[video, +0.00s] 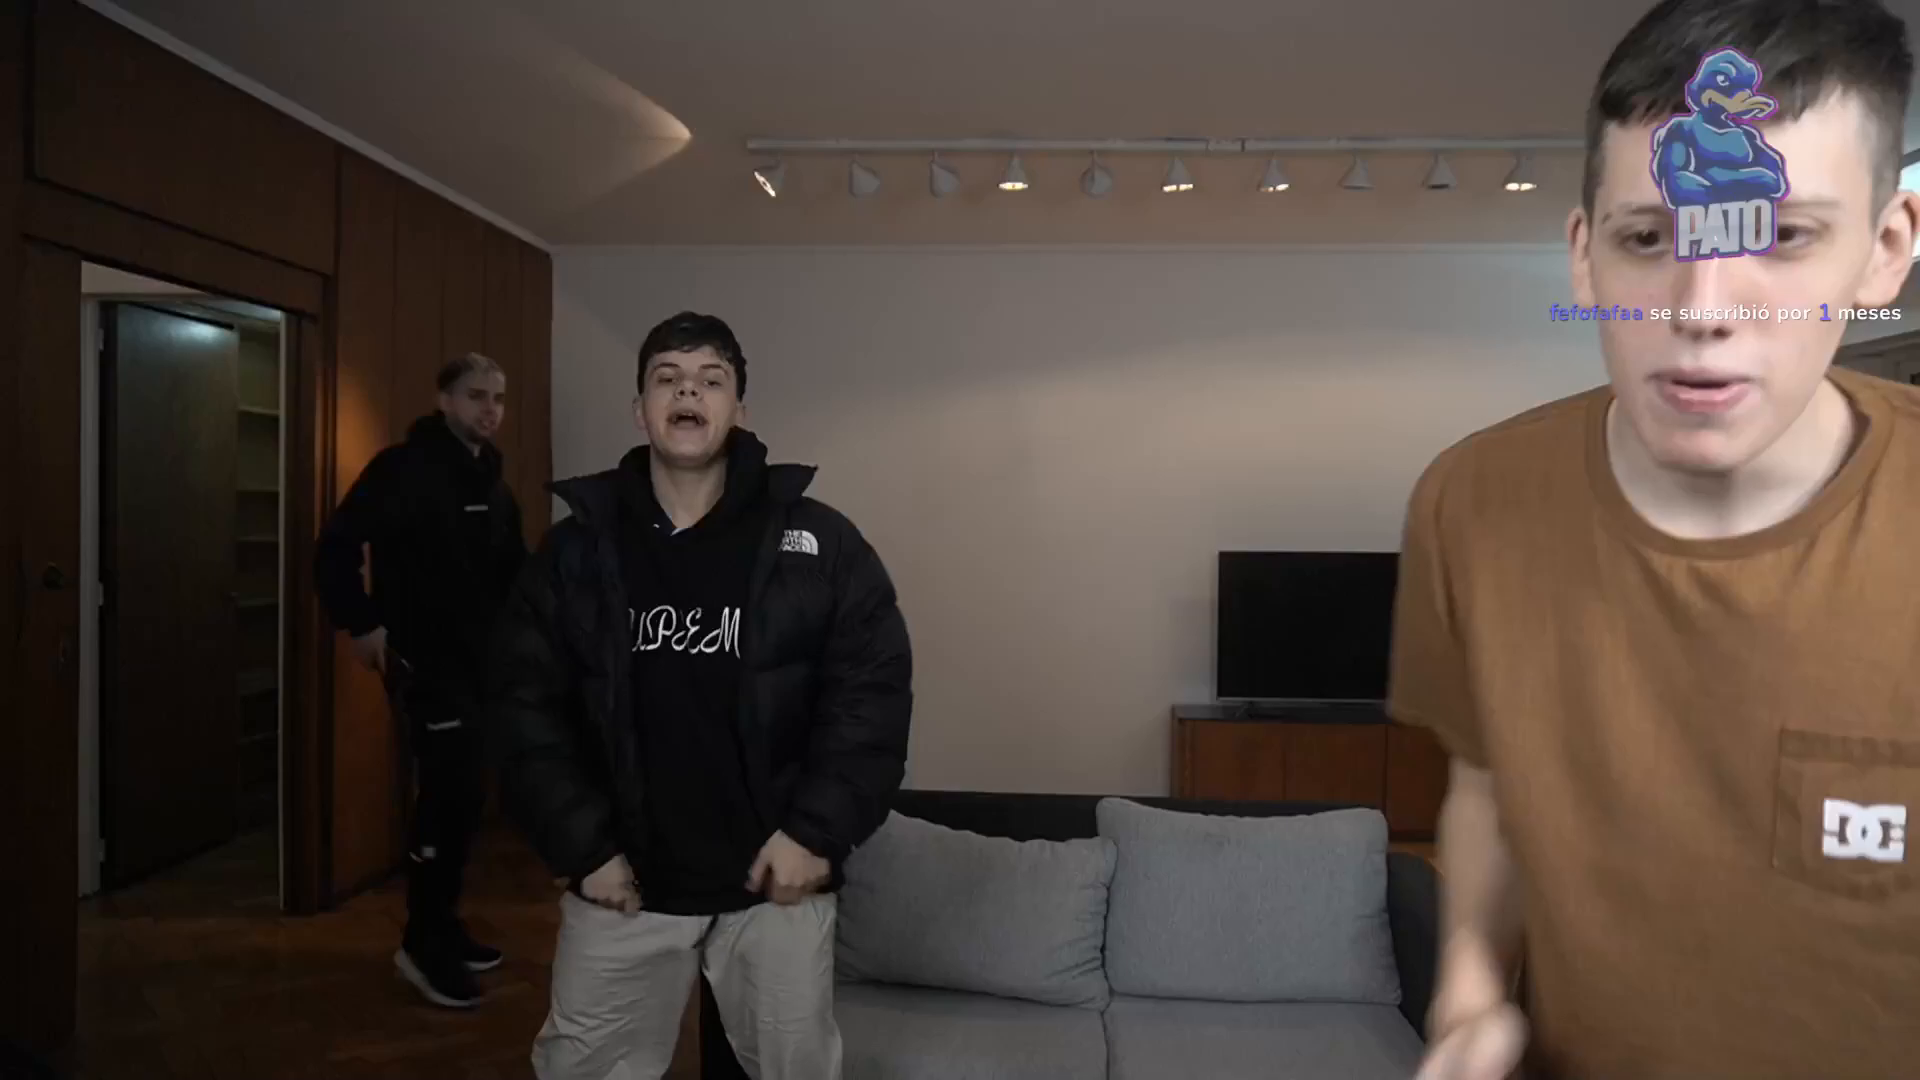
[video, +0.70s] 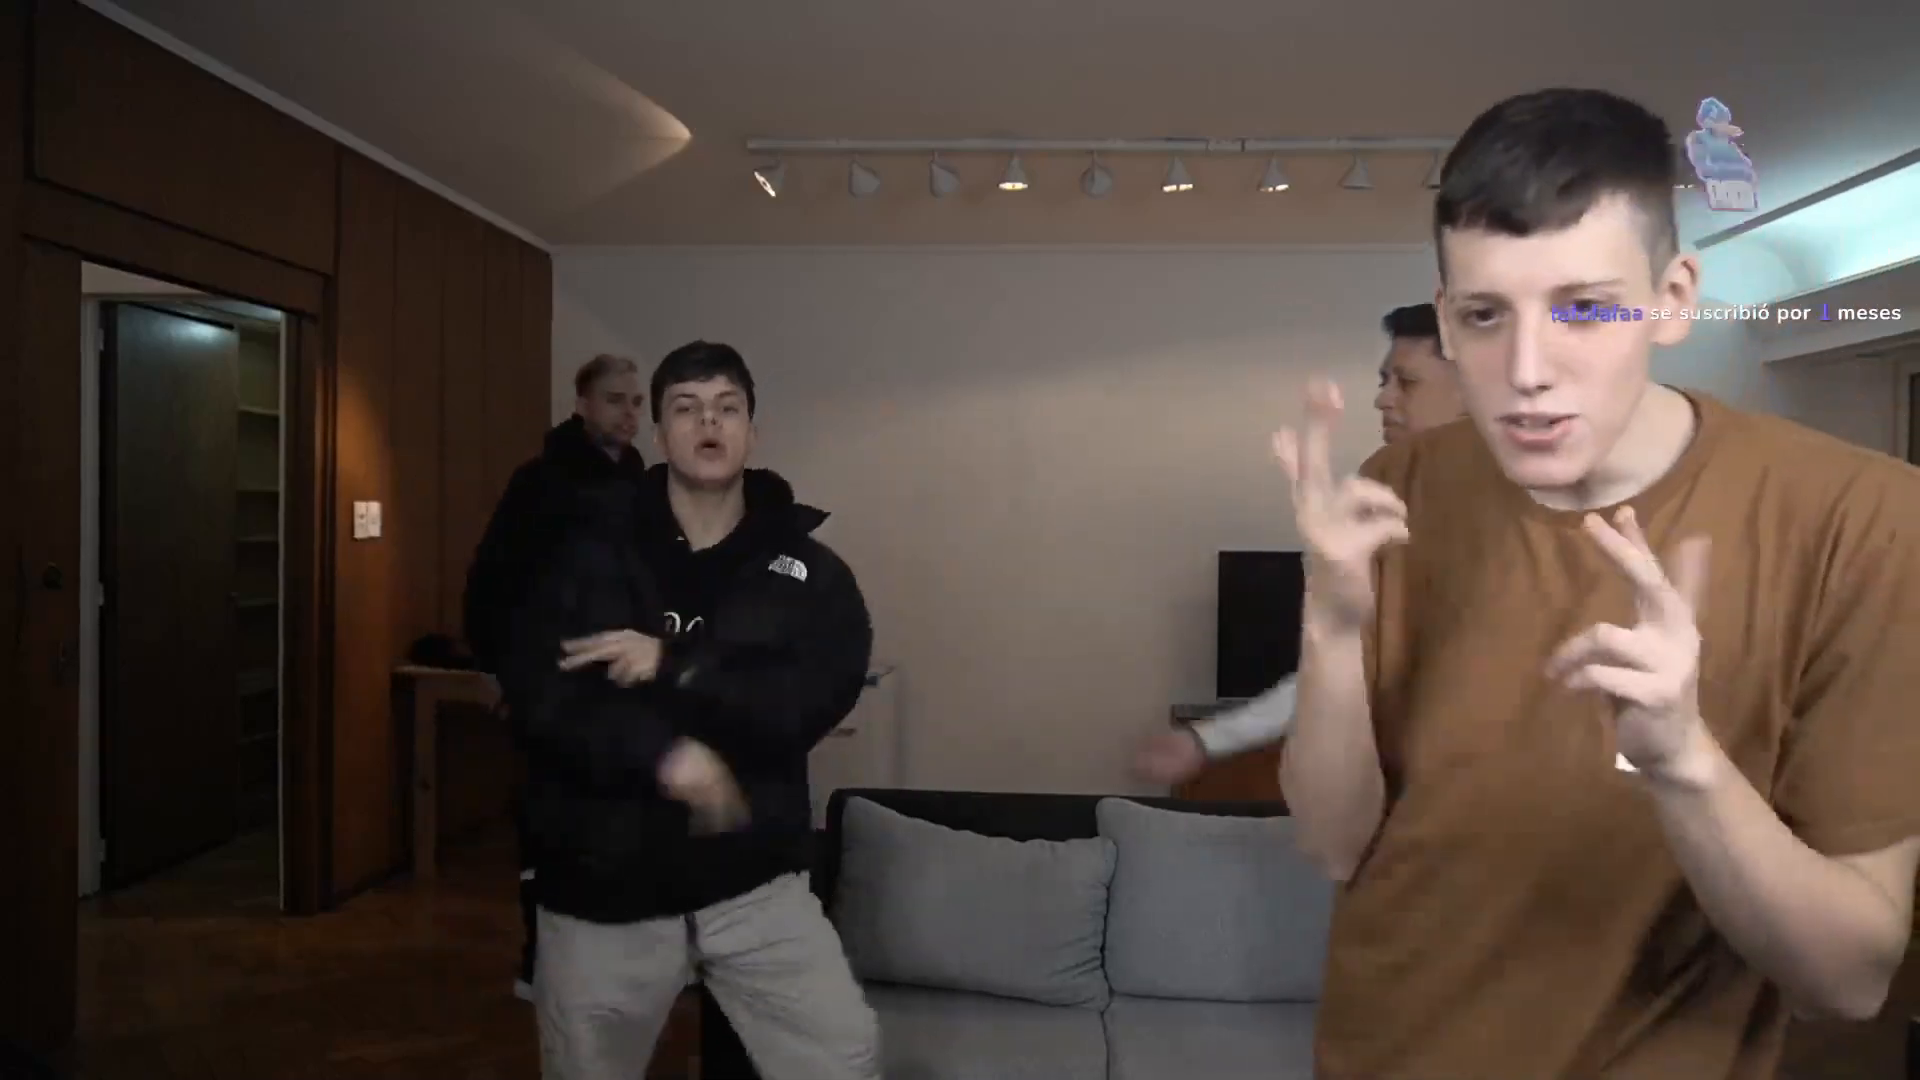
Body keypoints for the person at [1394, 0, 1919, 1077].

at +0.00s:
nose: (1702, 308)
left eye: (1780, 235)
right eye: (1647, 237)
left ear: (1886, 252)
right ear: (1582, 255)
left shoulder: (1908, 509)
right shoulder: (1476, 508)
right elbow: (1482, 778)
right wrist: (1472, 985)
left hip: (1877, 1053)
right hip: (1585, 1059)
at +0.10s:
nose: (1717, 277)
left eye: (1793, 210)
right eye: (1668, 211)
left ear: (1894, 234)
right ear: (1601, 233)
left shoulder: (1906, 491)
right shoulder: (1493, 485)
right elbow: (1508, 748)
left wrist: (1902, 1056)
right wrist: (1522, 863)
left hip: (1862, 1056)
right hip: (1579, 1059)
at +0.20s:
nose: (1720, 301)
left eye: (1789, 235)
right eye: (1671, 235)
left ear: (1885, 249)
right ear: (1605, 244)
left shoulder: (1908, 477)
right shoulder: (1488, 476)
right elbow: (1453, 813)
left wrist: (1907, 931)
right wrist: (1497, 800)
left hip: (1872, 1048)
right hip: (1589, 1045)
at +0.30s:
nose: (1700, 325)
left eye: (1767, 270)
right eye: (1653, 266)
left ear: (1854, 276)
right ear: (1590, 269)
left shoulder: (1909, 492)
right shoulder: (1475, 483)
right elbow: (1395, 846)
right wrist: (1410, 709)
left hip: (1864, 1052)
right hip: (1565, 1047)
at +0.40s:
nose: (1659, 326)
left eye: (1722, 263)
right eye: (1614, 266)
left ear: (1811, 268)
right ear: (1555, 269)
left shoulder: (1891, 489)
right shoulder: (1444, 466)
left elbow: (1910, 989)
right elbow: (1355, 826)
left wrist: (1860, 771)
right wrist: (1353, 620)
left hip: (1803, 1059)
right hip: (1497, 1050)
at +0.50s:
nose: (1609, 330)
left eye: (1665, 273)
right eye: (1562, 276)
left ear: (1754, 276)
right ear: (1512, 285)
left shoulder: (1885, 499)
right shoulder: (1421, 466)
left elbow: (1880, 966)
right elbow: (1326, 805)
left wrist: (1759, 727)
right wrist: (1314, 552)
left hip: (1751, 1062)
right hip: (1446, 1051)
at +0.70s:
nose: (1526, 371)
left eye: (1581, 309)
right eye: (1483, 315)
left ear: (1675, 300)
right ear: (1445, 317)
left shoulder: (1860, 525)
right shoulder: (1400, 494)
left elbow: (1856, 977)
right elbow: (1333, 846)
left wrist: (1684, 762)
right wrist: (1331, 631)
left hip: (1674, 1061)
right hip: (1386, 1046)